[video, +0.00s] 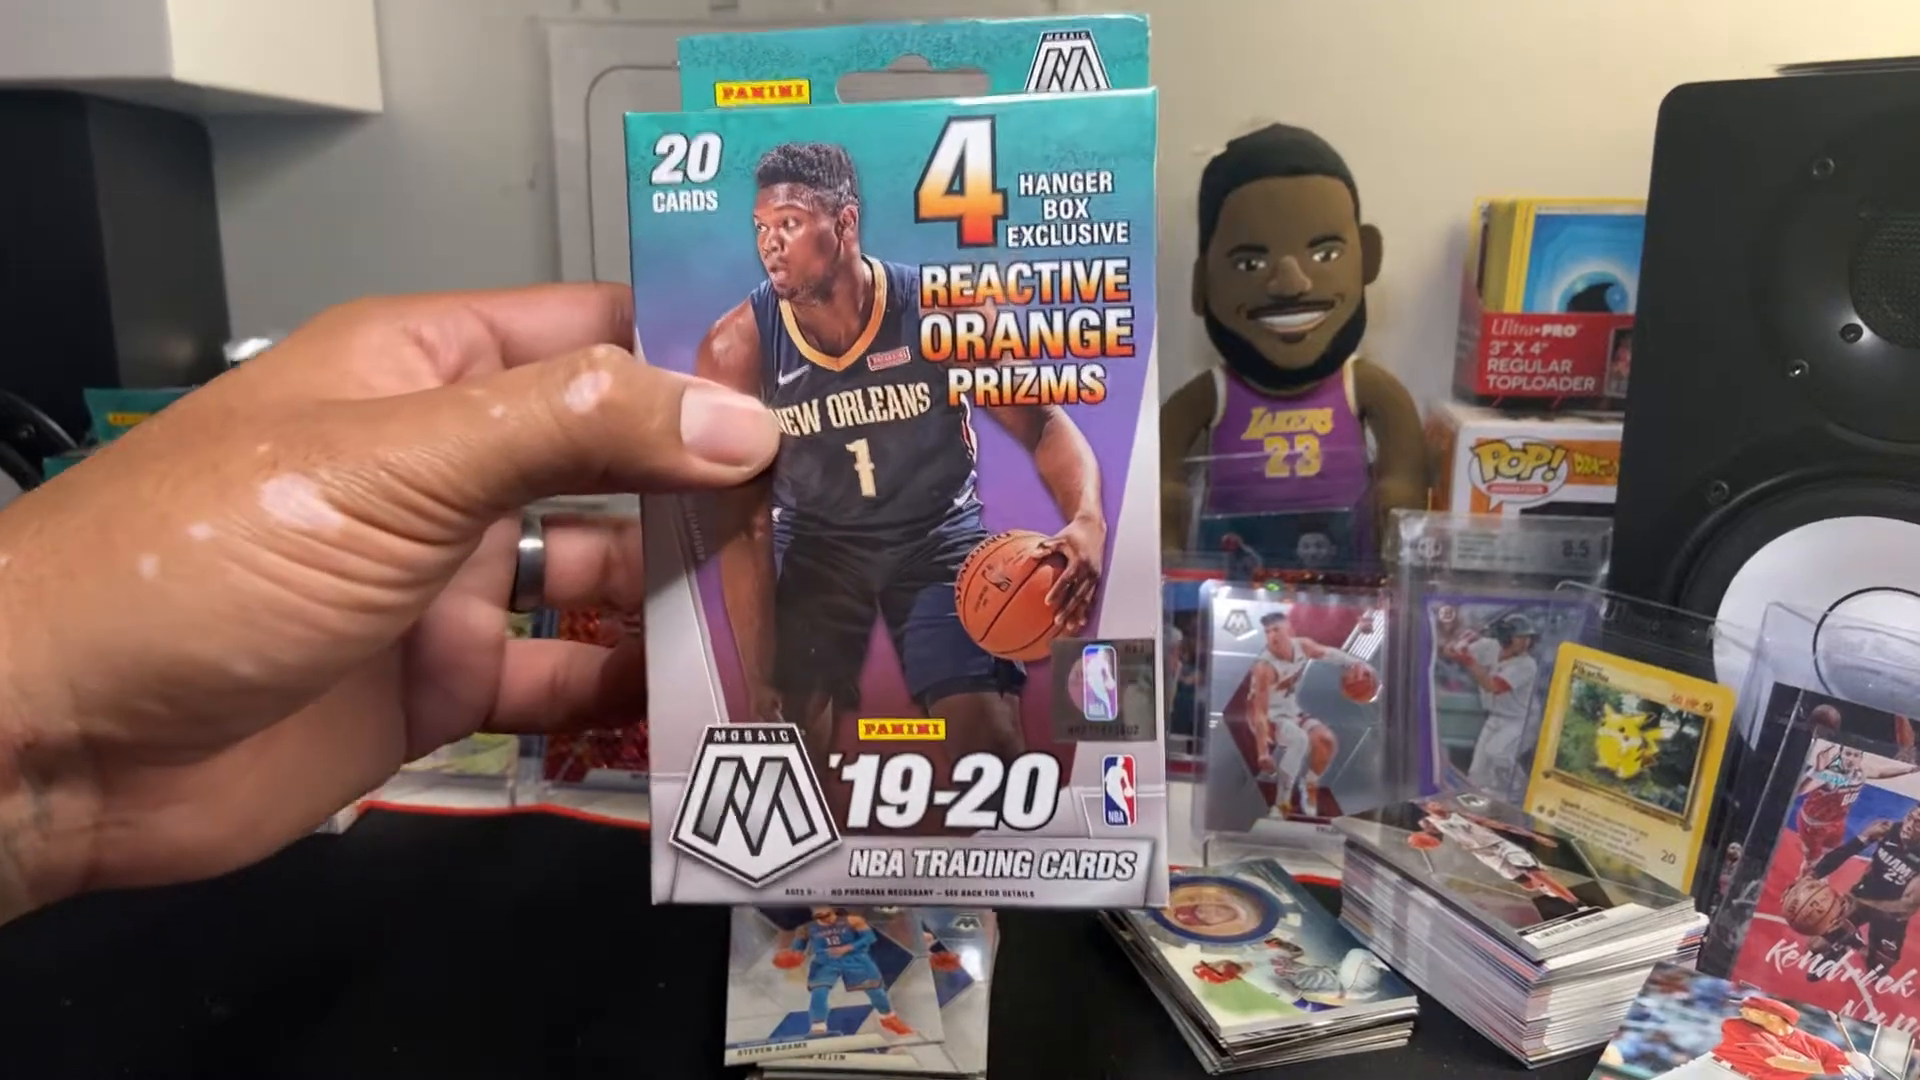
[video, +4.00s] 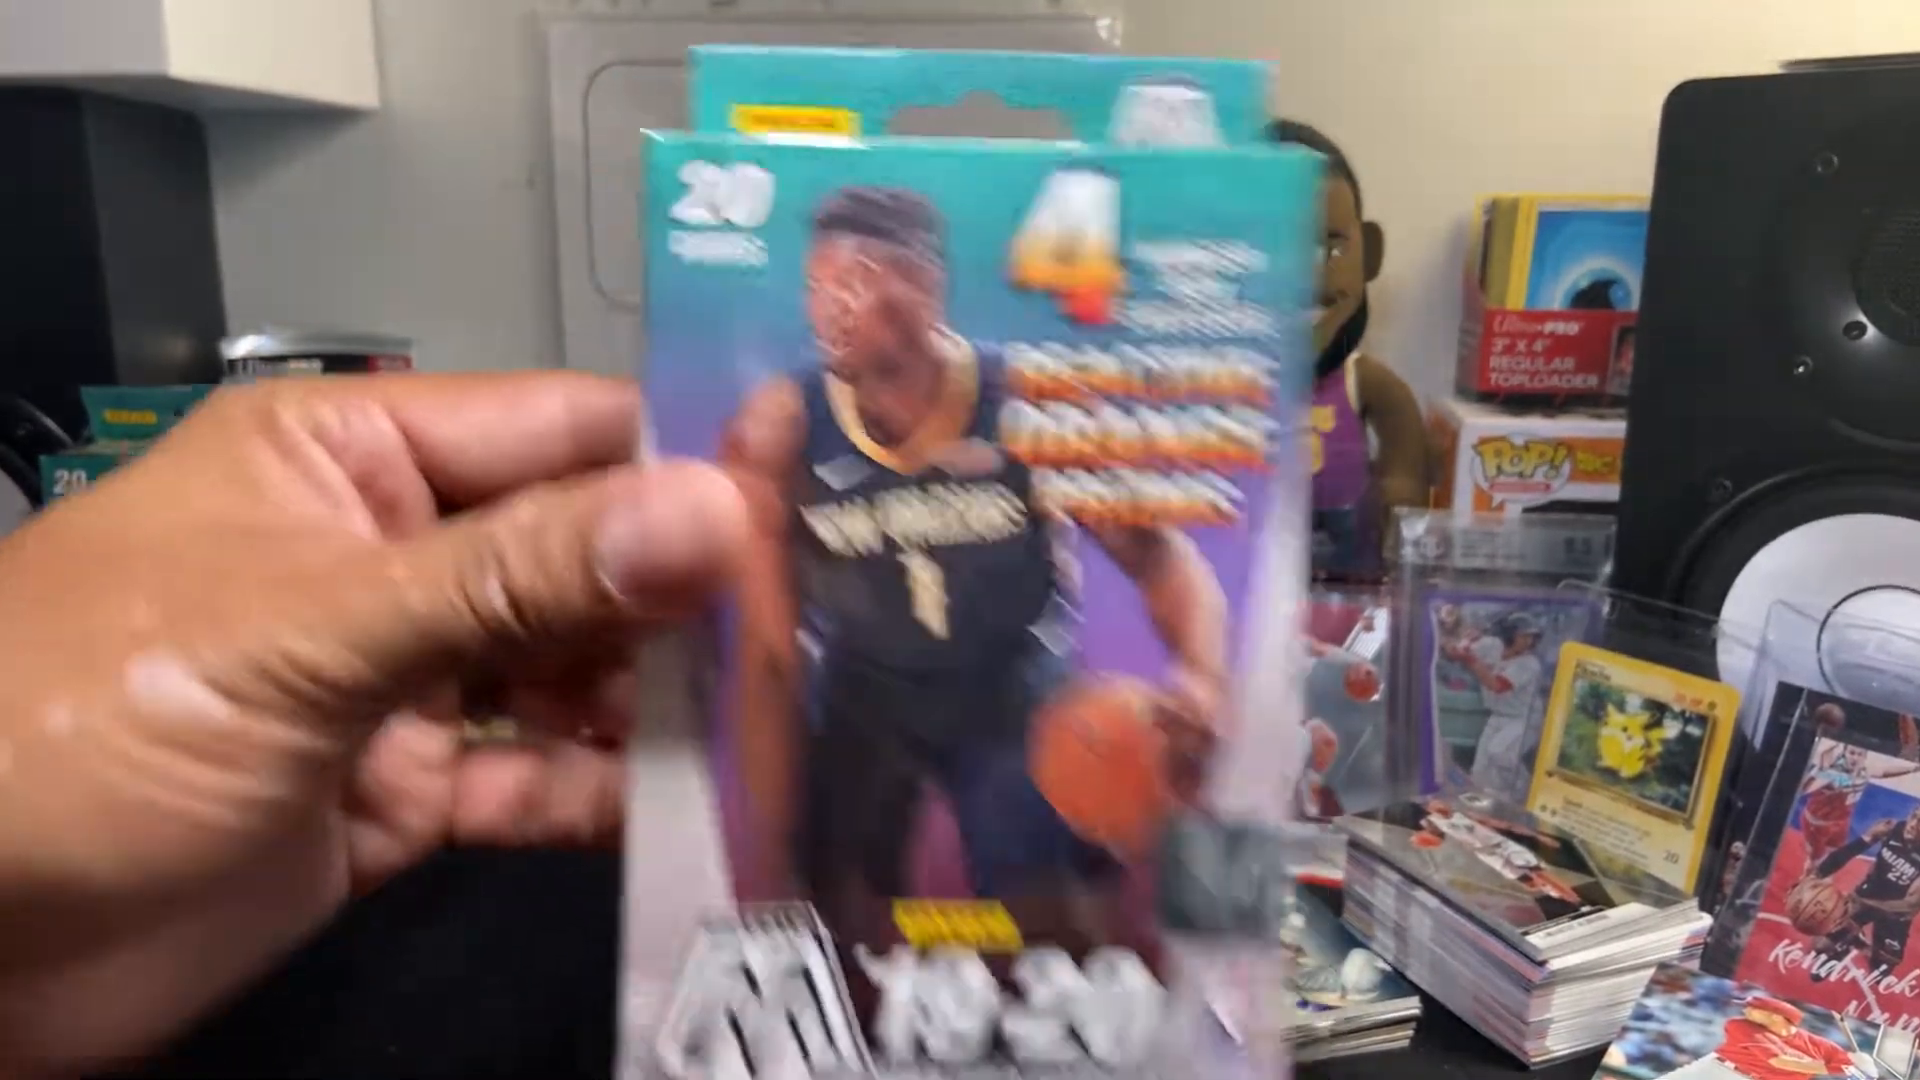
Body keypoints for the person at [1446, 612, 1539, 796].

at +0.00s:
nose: (1526, 642)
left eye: (1528, 638)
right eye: (1522, 637)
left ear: (1530, 640)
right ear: (1508, 639)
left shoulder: (1527, 665)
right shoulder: (1490, 648)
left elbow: (1494, 686)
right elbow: (1460, 653)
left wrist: (1470, 663)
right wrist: (1455, 648)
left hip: (1519, 723)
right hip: (1495, 719)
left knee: (1496, 753)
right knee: (1479, 763)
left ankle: (1520, 790)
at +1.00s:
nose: (1527, 641)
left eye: (1529, 636)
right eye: (1522, 636)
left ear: (1532, 638)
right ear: (1509, 636)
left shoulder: (1528, 663)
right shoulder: (1490, 645)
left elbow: (1496, 684)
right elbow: (1460, 651)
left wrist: (1470, 661)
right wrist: (1447, 648)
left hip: (1519, 722)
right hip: (1495, 718)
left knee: (1496, 751)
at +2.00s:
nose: (1528, 642)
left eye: (1531, 637)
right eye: (1523, 636)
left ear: (1533, 639)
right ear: (1510, 635)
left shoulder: (1529, 663)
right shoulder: (1491, 645)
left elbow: (1496, 684)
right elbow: (1460, 650)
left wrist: (1471, 659)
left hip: (1518, 722)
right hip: (1495, 717)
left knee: (1497, 752)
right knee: (1482, 755)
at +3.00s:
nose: (1527, 640)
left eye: (1529, 636)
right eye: (1522, 635)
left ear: (1532, 638)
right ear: (1509, 635)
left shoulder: (1528, 663)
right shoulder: (1490, 646)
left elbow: (1495, 684)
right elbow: (1457, 649)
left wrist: (1470, 660)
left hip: (1517, 722)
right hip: (1495, 717)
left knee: (1495, 751)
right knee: (1482, 753)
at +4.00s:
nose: (1529, 641)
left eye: (1532, 637)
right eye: (1524, 636)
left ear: (1534, 639)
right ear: (1512, 636)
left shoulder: (1530, 663)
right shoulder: (1494, 647)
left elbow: (1498, 685)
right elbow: (1458, 651)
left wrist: (1472, 661)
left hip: (1519, 723)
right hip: (1496, 719)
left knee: (1497, 753)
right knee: (1481, 764)